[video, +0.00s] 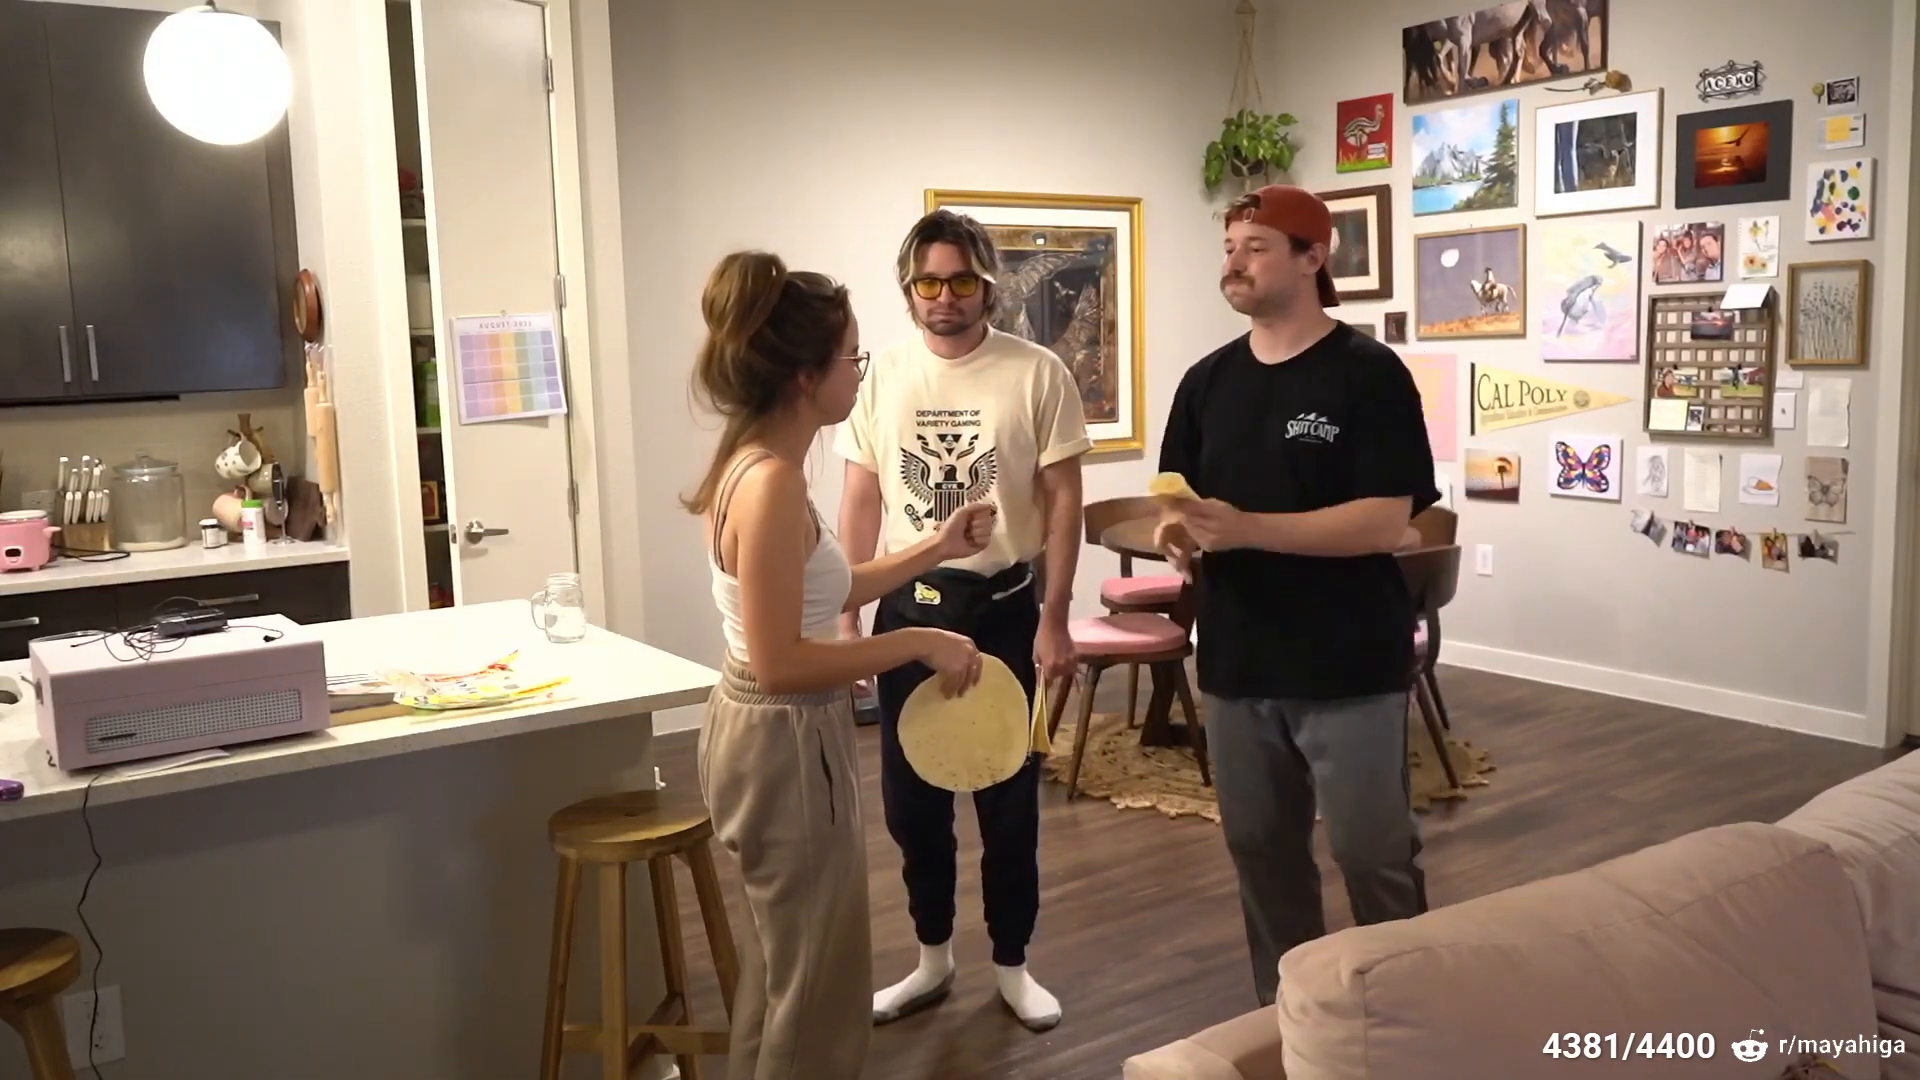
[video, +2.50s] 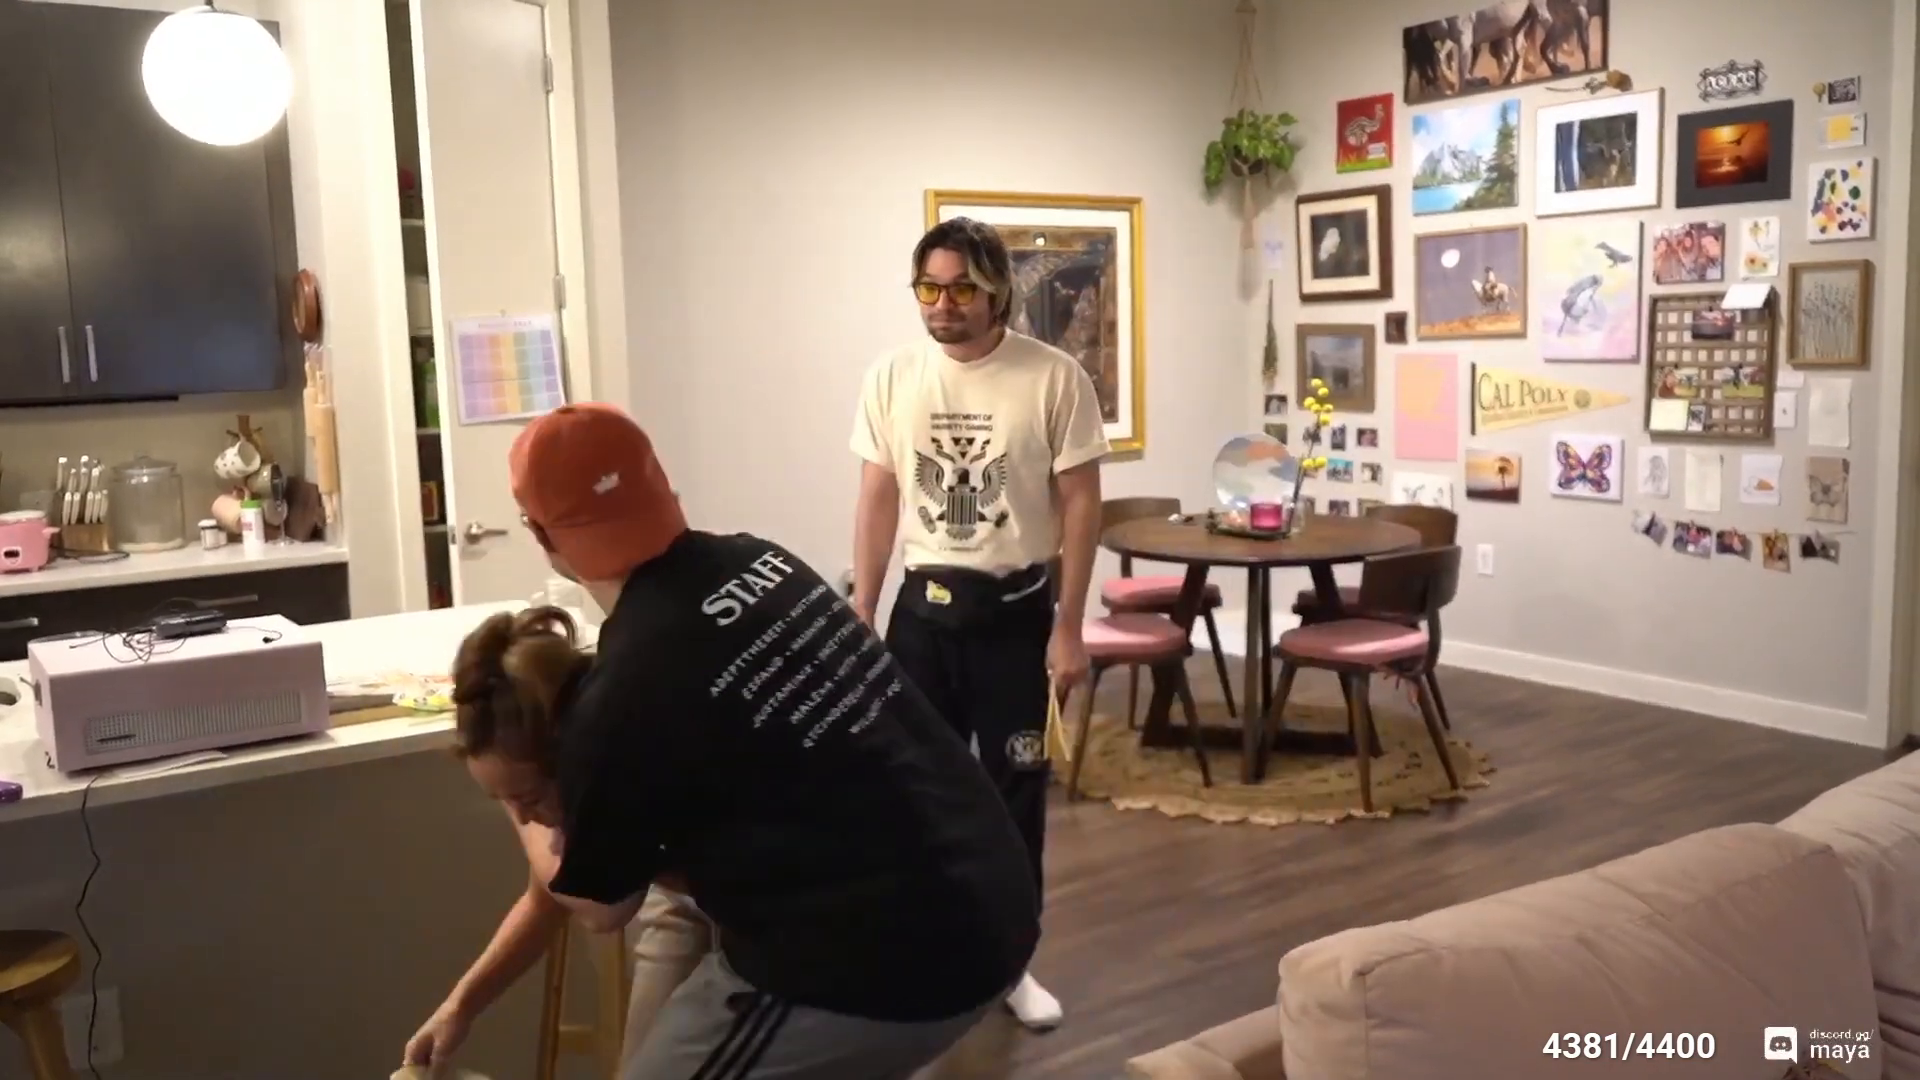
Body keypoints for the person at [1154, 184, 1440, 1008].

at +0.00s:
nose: (1234, 263)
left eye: (1256, 248)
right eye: (1230, 250)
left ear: (1311, 261)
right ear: (1228, 264)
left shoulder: (1371, 372)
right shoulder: (1205, 382)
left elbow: (1388, 521)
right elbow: (1175, 508)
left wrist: (1242, 528)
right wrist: (1170, 534)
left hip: (1354, 675)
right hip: (1237, 674)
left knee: (1375, 865)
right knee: (1265, 870)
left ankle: (1406, 1019)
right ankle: (1294, 1026)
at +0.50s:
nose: (1195, 289)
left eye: (1214, 272)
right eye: (1193, 275)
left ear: (1273, 278)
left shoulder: (1272, 364)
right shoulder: (1262, 367)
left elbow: (1153, 471)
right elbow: (1186, 531)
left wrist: (1043, 454)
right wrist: (1091, 474)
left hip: (1288, 689)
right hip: (1274, 684)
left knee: (1262, 908)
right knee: (1267, 904)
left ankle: (1274, 1070)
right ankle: (1278, 1066)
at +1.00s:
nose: (1138, 309)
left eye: (1154, 288)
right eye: (1136, 291)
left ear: (1221, 285)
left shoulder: (1343, 400)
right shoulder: (1152, 417)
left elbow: (1458, 530)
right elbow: (1098, 535)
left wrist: (1310, 552)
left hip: (1315, 741)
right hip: (1196, 733)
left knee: (1282, 969)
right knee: (1236, 931)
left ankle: (1319, 1067)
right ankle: (1304, 1042)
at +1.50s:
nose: (1178, 314)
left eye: (1198, 294)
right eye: (1179, 293)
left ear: (1267, 297)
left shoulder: (1347, 395)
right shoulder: (1192, 396)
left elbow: (1264, 528)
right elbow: (1105, 514)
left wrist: (1194, 400)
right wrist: (1010, 568)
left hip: (1334, 730)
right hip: (1225, 722)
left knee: (1359, 951)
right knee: (1282, 940)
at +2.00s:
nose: (884, 416)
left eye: (900, 398)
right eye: (886, 395)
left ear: (972, 406)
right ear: (967, 408)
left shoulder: (1073, 506)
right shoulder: (947, 493)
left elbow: (949, 704)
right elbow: (795, 564)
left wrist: (776, 656)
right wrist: (709, 579)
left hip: (1232, 801)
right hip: (1112, 790)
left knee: (1187, 1057)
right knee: (1059, 1023)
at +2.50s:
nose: (535, 541)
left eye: (533, 526)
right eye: (530, 525)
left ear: (553, 542)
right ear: (657, 485)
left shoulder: (624, 690)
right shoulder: (757, 559)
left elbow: (600, 904)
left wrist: (521, 807)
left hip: (872, 966)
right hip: (986, 894)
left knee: (658, 1065)